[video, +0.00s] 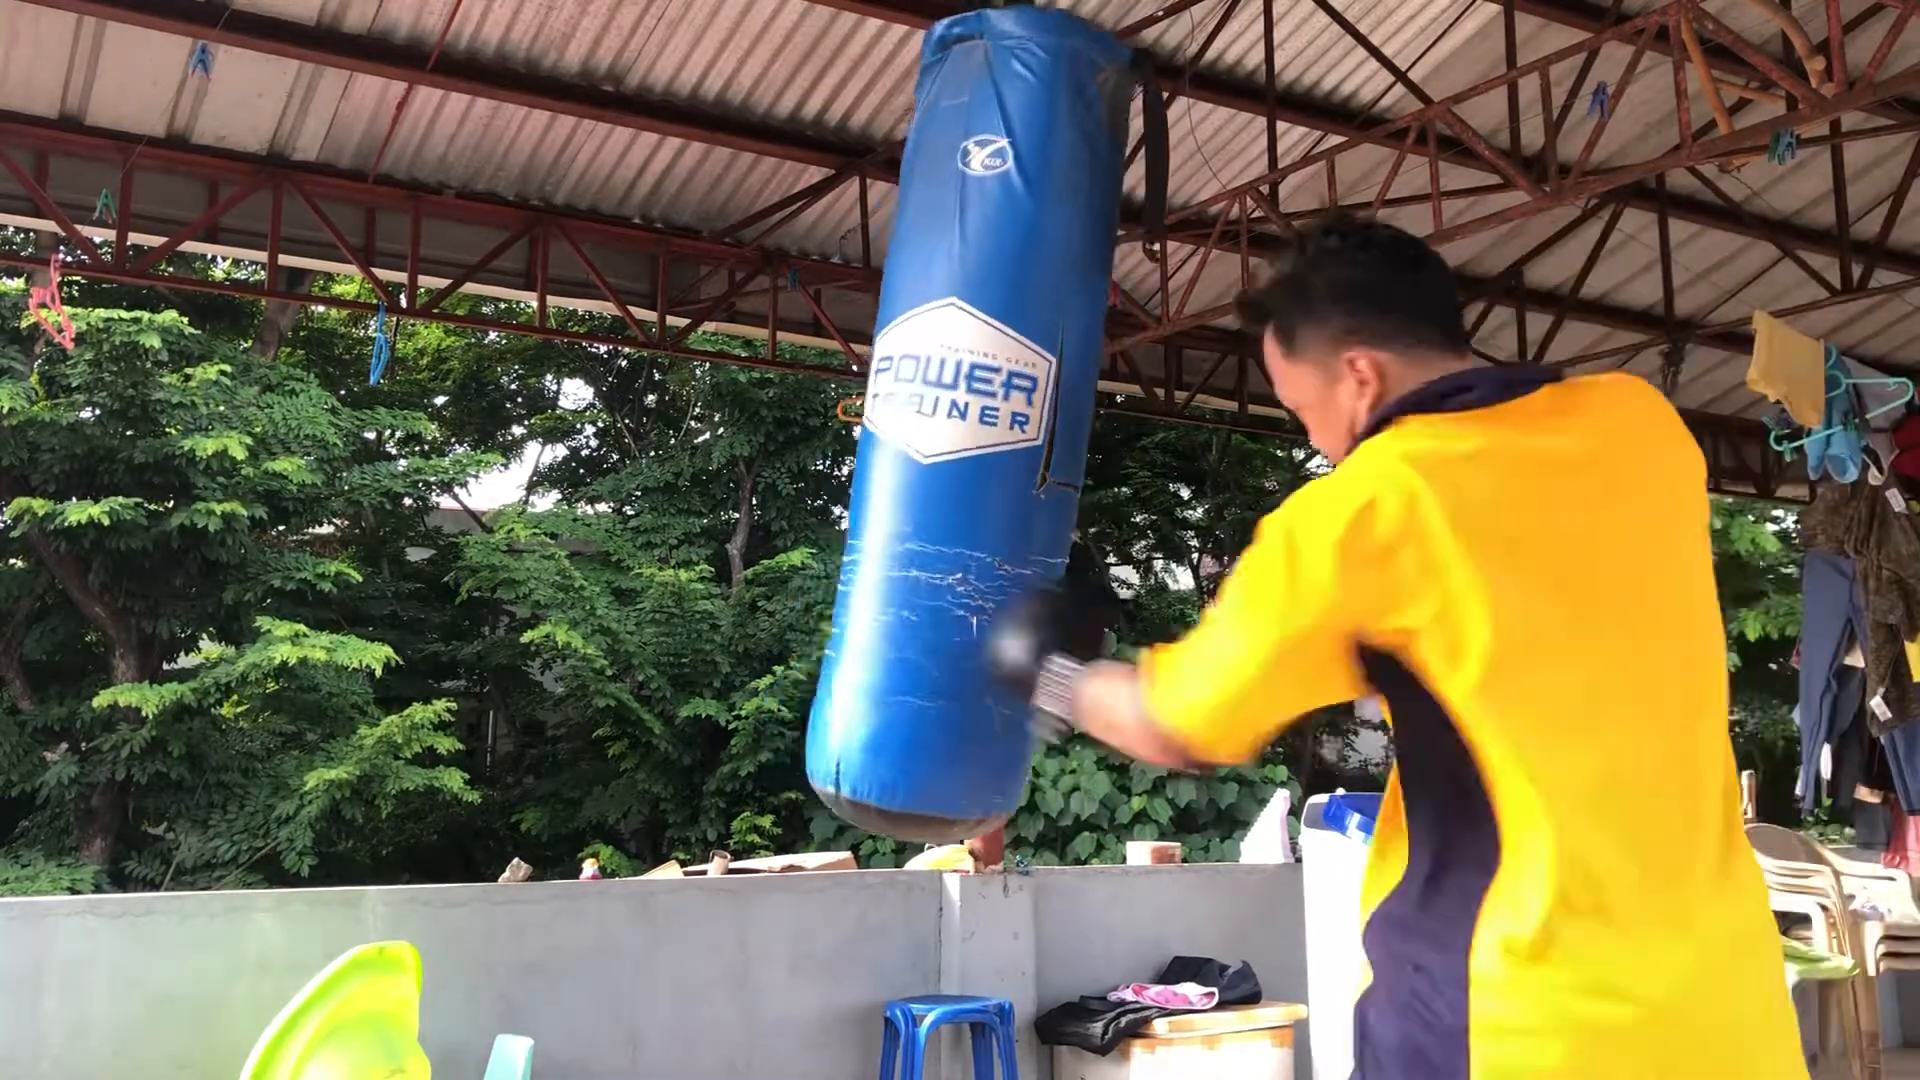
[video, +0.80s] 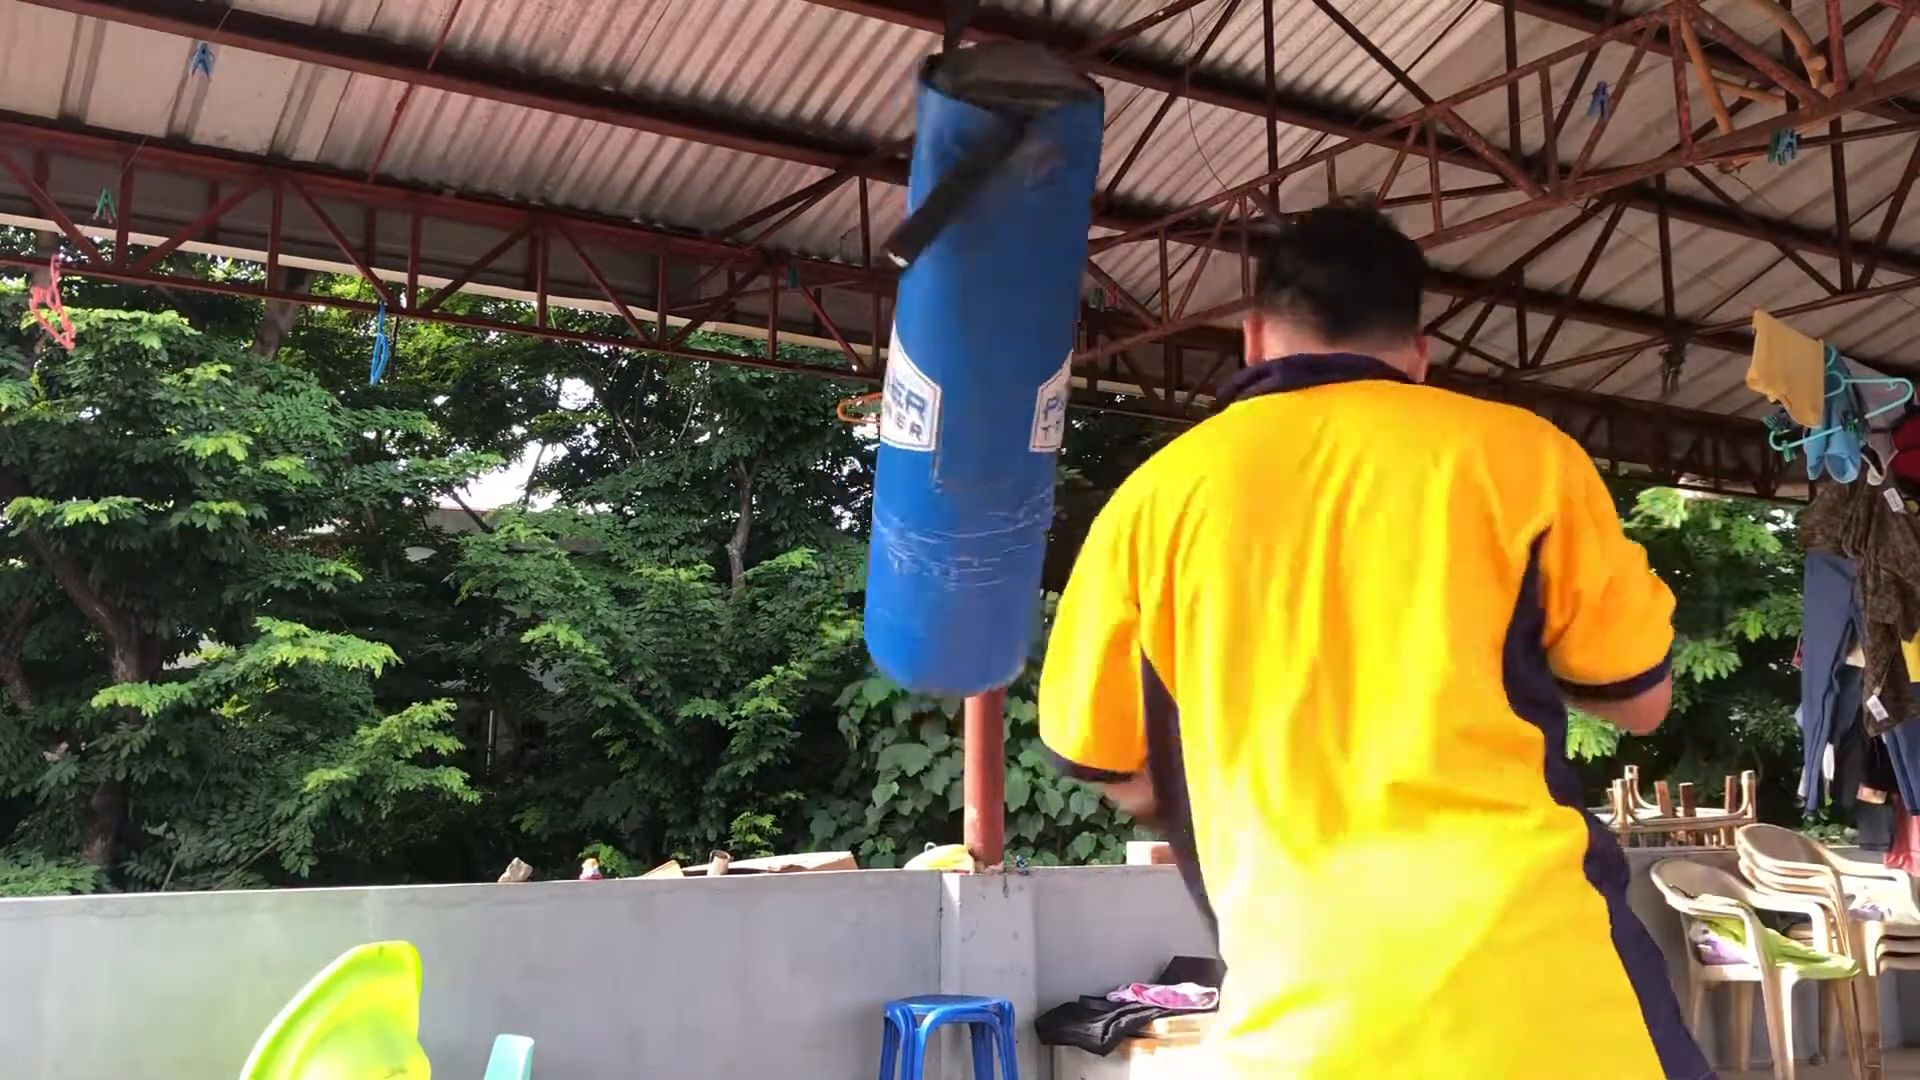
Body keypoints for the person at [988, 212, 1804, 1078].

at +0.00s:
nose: (1311, 446)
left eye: (1302, 413)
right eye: (1296, 419)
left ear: (1362, 374)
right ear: (1459, 342)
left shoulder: (1357, 513)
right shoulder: (1642, 417)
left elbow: (1181, 721)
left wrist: (1048, 670)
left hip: (1509, 1037)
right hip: (1736, 1021)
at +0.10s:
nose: (1255, 442)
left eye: (1247, 414)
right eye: (1244, 418)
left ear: (1297, 391)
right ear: (1410, 351)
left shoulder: (1294, 535)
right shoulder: (1610, 429)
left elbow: (1111, 695)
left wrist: (998, 657)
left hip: (1522, 1021)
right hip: (1736, 1008)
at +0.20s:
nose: (1240, 514)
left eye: (1227, 490)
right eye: (1223, 493)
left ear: (1274, 448)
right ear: (1366, 387)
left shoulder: (1327, 560)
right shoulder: (1567, 457)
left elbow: (1230, 839)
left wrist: (1126, 850)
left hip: (1515, 1030)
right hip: (1709, 1007)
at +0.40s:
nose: (1224, 440)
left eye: (1213, 410)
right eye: (1210, 417)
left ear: (1258, 383)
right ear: (1360, 355)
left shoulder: (1288, 470)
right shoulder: (1573, 462)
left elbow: (1334, 638)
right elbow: (1655, 673)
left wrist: (1205, 765)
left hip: (1402, 1034)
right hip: (1623, 1014)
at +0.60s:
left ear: (1198, 347)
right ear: (1361, 353)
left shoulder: (1134, 497)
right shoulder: (1461, 439)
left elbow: (1043, 583)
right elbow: (1654, 635)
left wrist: (1009, 546)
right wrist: (1500, 623)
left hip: (1280, 995)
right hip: (1509, 972)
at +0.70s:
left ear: (1212, 342)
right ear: (1373, 351)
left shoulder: (1124, 495)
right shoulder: (1479, 438)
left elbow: (1061, 670)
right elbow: (1634, 663)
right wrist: (1484, 609)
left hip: (1269, 1005)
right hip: (1517, 991)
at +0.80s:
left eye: (1245, 341)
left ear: (1254, 340)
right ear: (1420, 355)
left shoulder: (1156, 494)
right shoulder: (1522, 450)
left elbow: (1113, 764)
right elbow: (1640, 698)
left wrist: (1202, 805)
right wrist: (1500, 624)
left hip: (1298, 1019)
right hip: (1548, 1007)